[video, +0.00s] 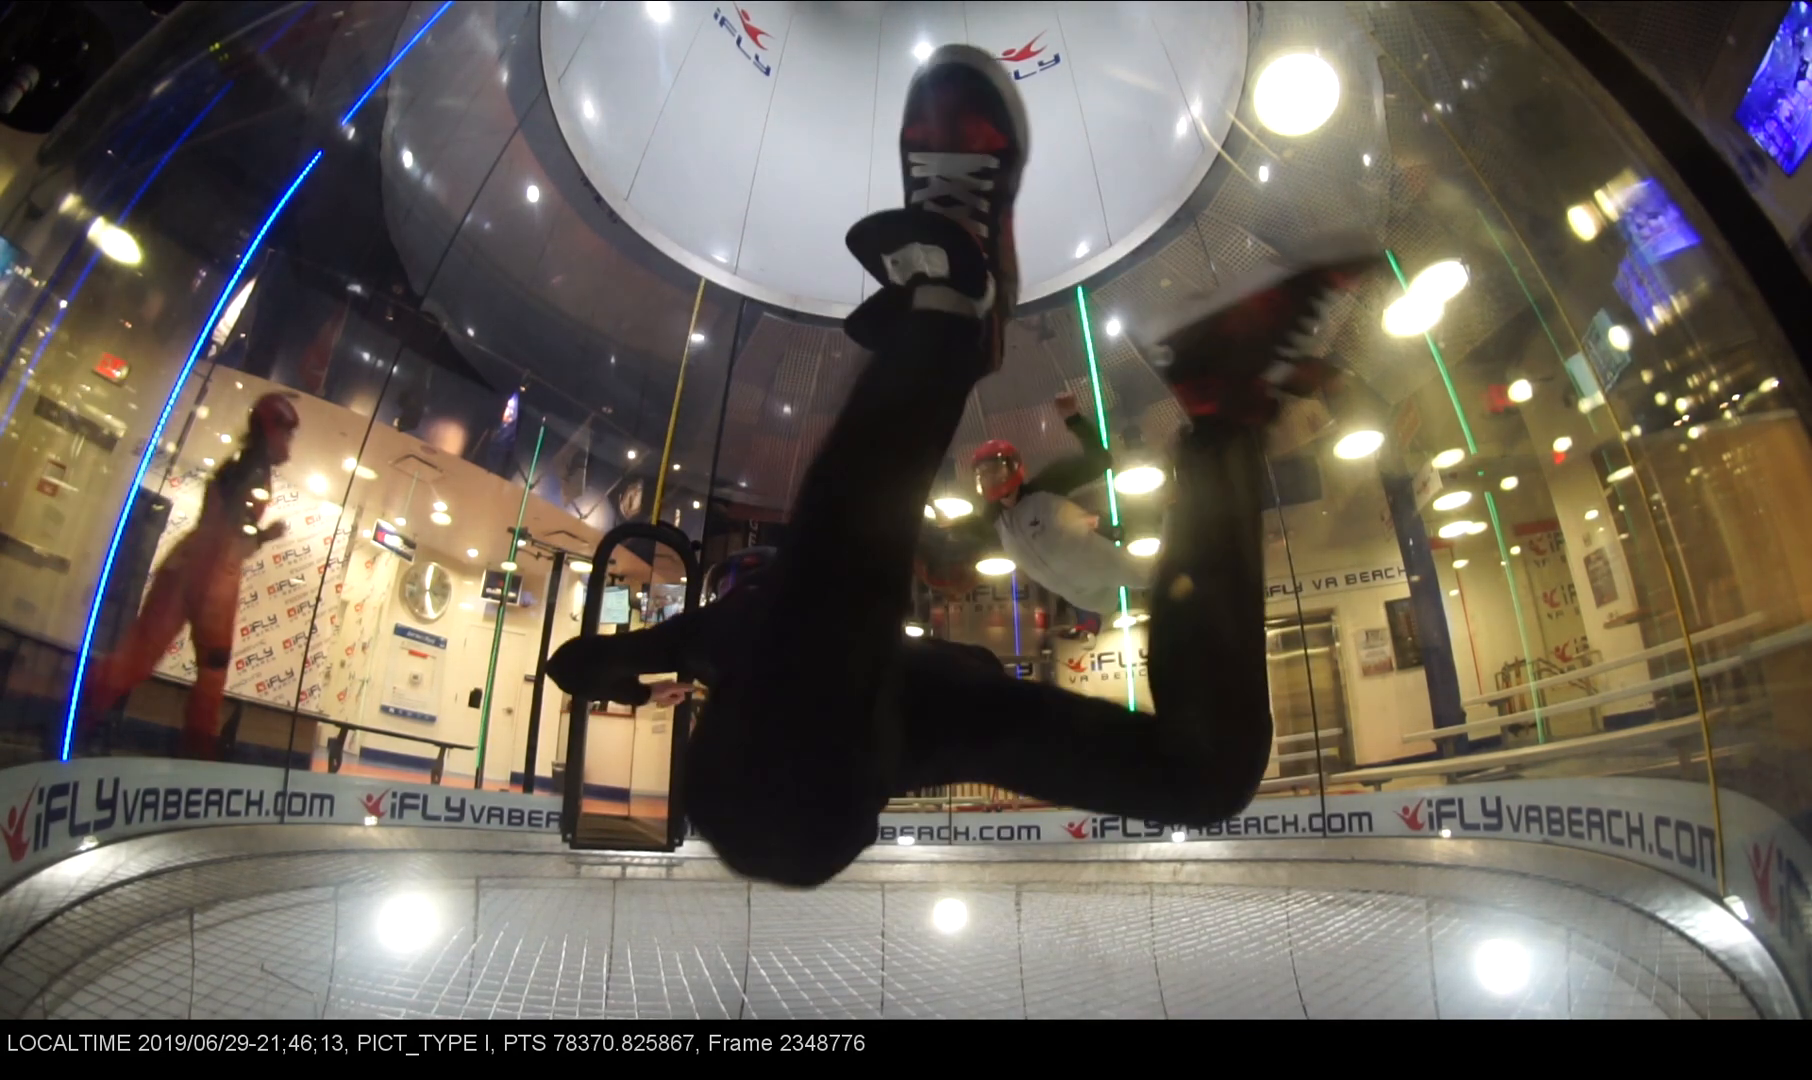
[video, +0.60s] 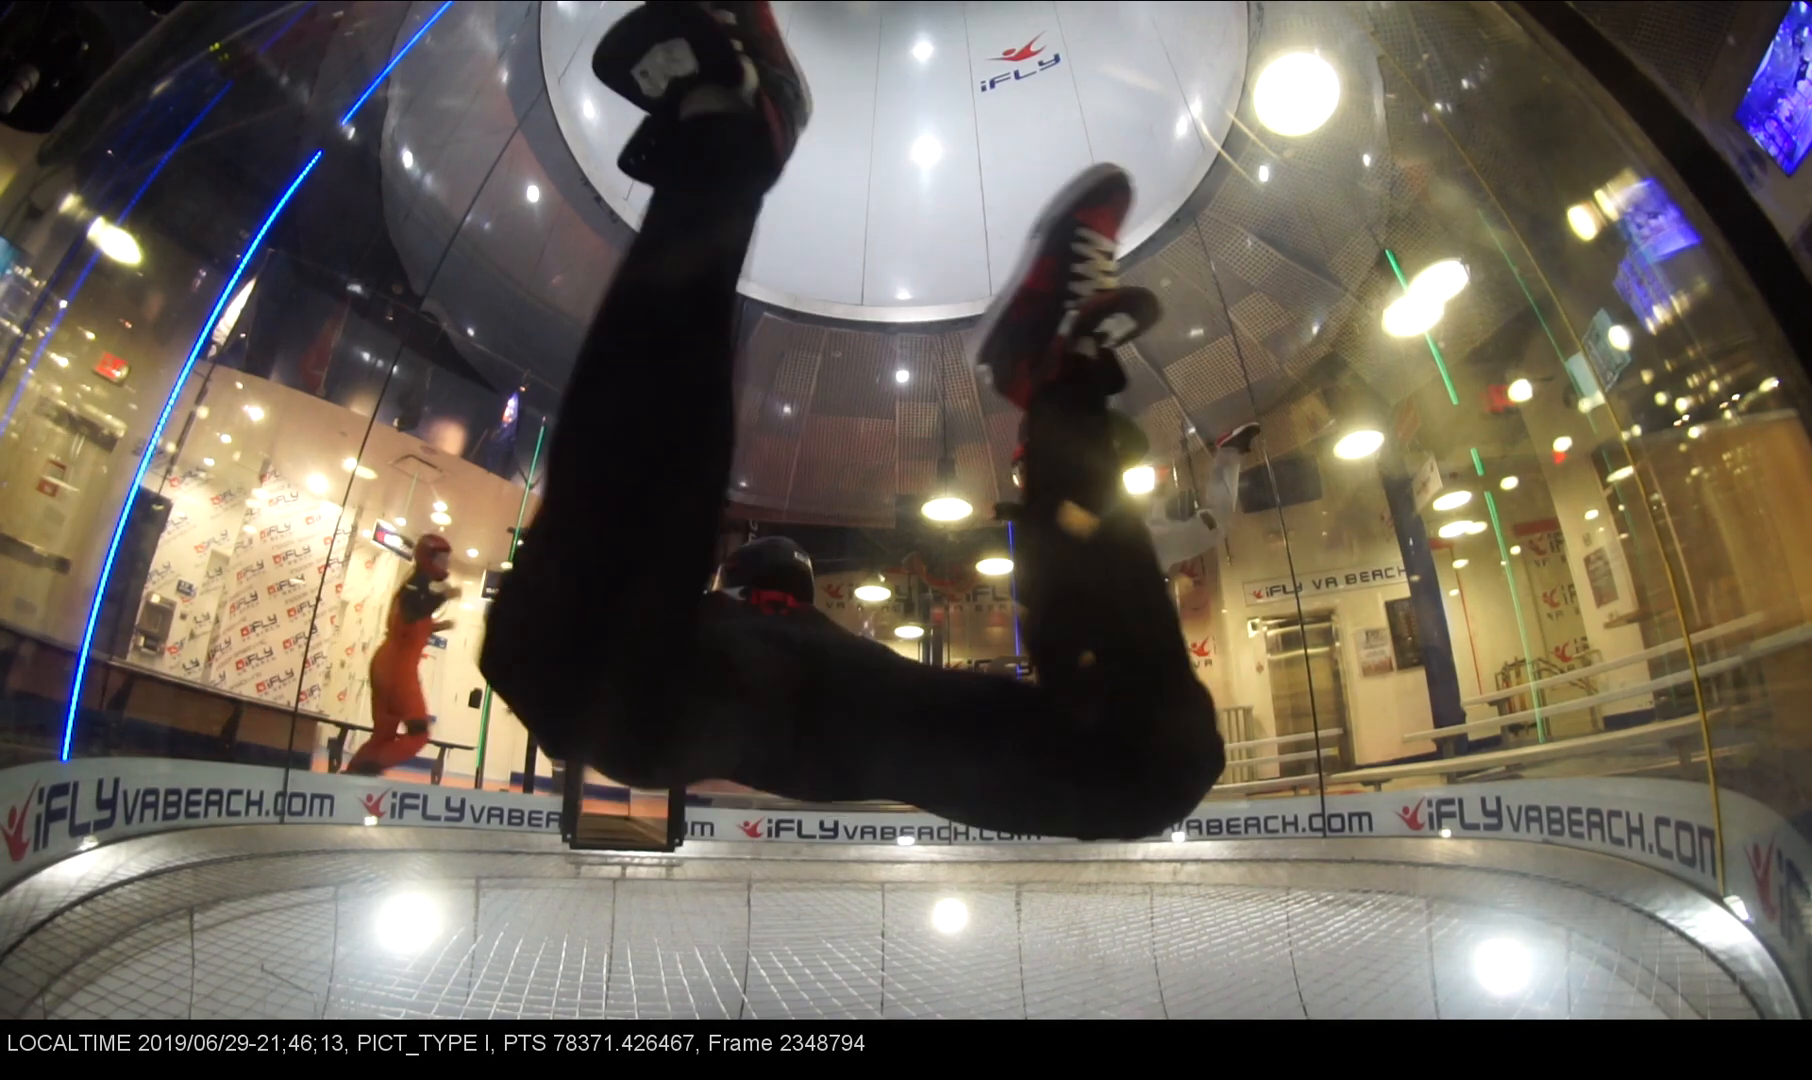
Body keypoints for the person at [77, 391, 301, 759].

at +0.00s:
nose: (290, 443)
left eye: (292, 434)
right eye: (287, 433)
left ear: (262, 429)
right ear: (270, 430)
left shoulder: (232, 469)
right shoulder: (252, 473)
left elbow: (229, 541)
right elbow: (224, 544)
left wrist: (262, 534)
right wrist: (263, 534)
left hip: (186, 563)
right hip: (216, 574)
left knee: (139, 655)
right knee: (214, 670)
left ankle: (71, 729)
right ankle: (197, 763)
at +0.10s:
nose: (315, 479)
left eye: (316, 470)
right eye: (313, 469)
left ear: (286, 466)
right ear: (297, 467)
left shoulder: (260, 506)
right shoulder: (286, 509)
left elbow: (249, 555)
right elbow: (272, 556)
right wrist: (289, 589)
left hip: (218, 602)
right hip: (247, 612)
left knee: (191, 690)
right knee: (246, 695)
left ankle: (128, 695)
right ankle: (224, 771)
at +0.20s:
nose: (343, 495)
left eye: (343, 489)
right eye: (339, 488)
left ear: (314, 485)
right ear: (326, 487)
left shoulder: (287, 528)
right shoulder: (319, 530)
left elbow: (257, 572)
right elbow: (309, 584)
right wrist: (329, 601)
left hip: (259, 618)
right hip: (283, 624)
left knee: (253, 698)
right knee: (270, 702)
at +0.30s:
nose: (375, 513)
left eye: (375, 505)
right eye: (371, 504)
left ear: (349, 503)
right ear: (356, 503)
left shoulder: (323, 531)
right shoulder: (356, 538)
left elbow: (285, 556)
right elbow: (355, 577)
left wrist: (295, 586)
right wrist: (368, 592)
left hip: (299, 613)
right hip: (322, 621)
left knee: (299, 689)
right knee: (300, 689)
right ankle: (250, 753)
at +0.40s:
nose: (402, 523)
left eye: (402, 517)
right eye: (398, 517)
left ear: (373, 516)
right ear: (384, 517)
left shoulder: (351, 545)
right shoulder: (384, 549)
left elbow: (316, 564)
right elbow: (387, 589)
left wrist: (331, 592)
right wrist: (406, 592)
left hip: (332, 623)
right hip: (356, 628)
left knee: (338, 699)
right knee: (333, 698)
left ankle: (339, 770)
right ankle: (274, 742)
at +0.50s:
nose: (422, 557)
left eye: (423, 549)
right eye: (419, 549)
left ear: (399, 547)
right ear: (407, 548)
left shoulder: (378, 576)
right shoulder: (398, 577)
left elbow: (349, 600)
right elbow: (400, 613)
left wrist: (373, 620)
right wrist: (426, 609)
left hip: (359, 655)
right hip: (375, 660)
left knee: (368, 730)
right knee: (371, 733)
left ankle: (349, 777)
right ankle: (317, 745)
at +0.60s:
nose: (445, 567)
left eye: (446, 560)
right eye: (441, 560)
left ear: (426, 559)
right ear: (426, 559)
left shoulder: (413, 587)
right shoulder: (418, 586)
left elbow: (409, 628)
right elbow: (410, 616)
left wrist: (439, 627)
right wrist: (442, 596)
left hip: (387, 662)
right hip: (400, 665)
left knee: (384, 734)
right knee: (419, 735)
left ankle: (349, 780)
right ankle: (369, 767)